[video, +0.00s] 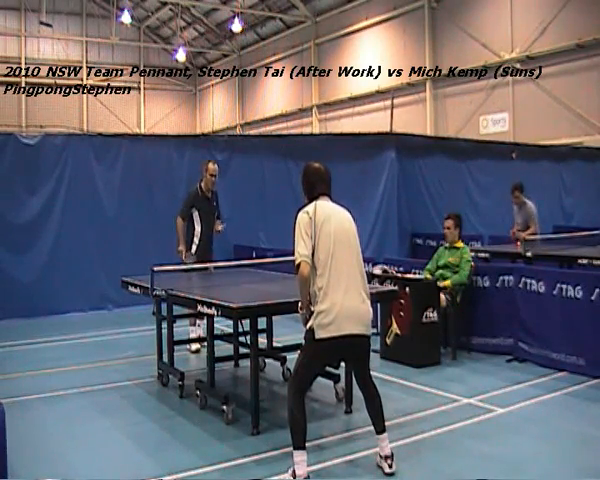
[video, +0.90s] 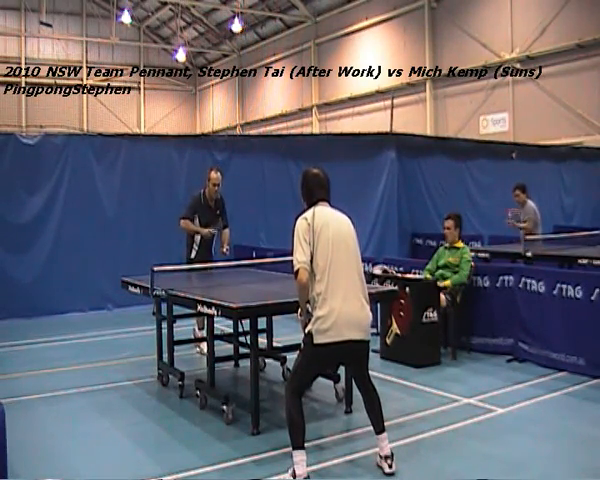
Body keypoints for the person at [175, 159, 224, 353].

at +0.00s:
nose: (214, 179)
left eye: (216, 176)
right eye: (211, 175)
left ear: (217, 176)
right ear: (203, 174)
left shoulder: (214, 195)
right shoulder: (193, 196)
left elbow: (217, 217)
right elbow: (181, 219)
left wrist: (218, 225)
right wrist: (182, 244)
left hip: (207, 252)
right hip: (193, 253)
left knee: (206, 292)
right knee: (193, 293)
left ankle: (200, 328)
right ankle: (193, 330)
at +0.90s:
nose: (216, 188)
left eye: (218, 185)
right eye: (213, 185)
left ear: (221, 184)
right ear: (206, 184)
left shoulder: (220, 201)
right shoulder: (197, 200)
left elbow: (224, 226)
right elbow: (184, 222)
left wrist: (225, 244)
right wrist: (201, 230)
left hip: (208, 252)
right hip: (195, 253)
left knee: (208, 294)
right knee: (199, 295)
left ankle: (201, 332)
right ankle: (199, 332)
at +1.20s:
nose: (215, 187)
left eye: (217, 183)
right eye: (212, 183)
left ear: (220, 183)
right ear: (206, 182)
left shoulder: (219, 199)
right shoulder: (198, 198)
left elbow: (225, 218)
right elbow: (197, 222)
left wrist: (227, 225)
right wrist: (218, 211)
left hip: (209, 251)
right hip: (195, 252)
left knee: (209, 292)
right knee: (199, 295)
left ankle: (198, 324)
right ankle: (201, 334)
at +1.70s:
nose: (220, 191)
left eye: (222, 188)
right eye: (219, 187)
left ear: (219, 188)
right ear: (209, 185)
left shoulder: (208, 200)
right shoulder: (203, 201)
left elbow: (211, 224)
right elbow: (216, 224)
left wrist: (224, 233)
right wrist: (226, 214)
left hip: (202, 252)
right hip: (196, 253)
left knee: (207, 289)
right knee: (203, 294)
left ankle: (199, 322)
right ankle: (202, 334)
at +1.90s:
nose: (222, 190)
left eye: (224, 187)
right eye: (220, 185)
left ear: (223, 187)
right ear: (211, 183)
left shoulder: (217, 202)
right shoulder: (201, 197)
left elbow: (214, 228)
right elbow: (185, 181)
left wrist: (218, 247)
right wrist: (190, 187)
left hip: (204, 249)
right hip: (190, 248)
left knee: (204, 286)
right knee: (193, 288)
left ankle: (199, 325)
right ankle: (192, 328)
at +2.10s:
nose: (217, 183)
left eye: (219, 181)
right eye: (215, 179)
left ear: (221, 182)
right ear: (207, 176)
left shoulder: (216, 198)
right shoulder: (196, 188)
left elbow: (214, 226)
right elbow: (174, 185)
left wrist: (216, 248)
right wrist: (168, 195)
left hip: (204, 248)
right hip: (189, 247)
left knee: (203, 287)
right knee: (185, 288)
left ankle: (198, 324)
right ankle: (180, 329)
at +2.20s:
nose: (214, 186)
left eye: (217, 183)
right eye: (213, 181)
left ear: (218, 183)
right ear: (206, 178)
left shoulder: (213, 201)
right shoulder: (192, 192)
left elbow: (214, 230)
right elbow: (171, 197)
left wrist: (218, 250)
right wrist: (166, 220)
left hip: (204, 253)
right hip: (188, 252)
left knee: (204, 291)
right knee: (183, 293)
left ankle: (198, 325)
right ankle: (179, 332)